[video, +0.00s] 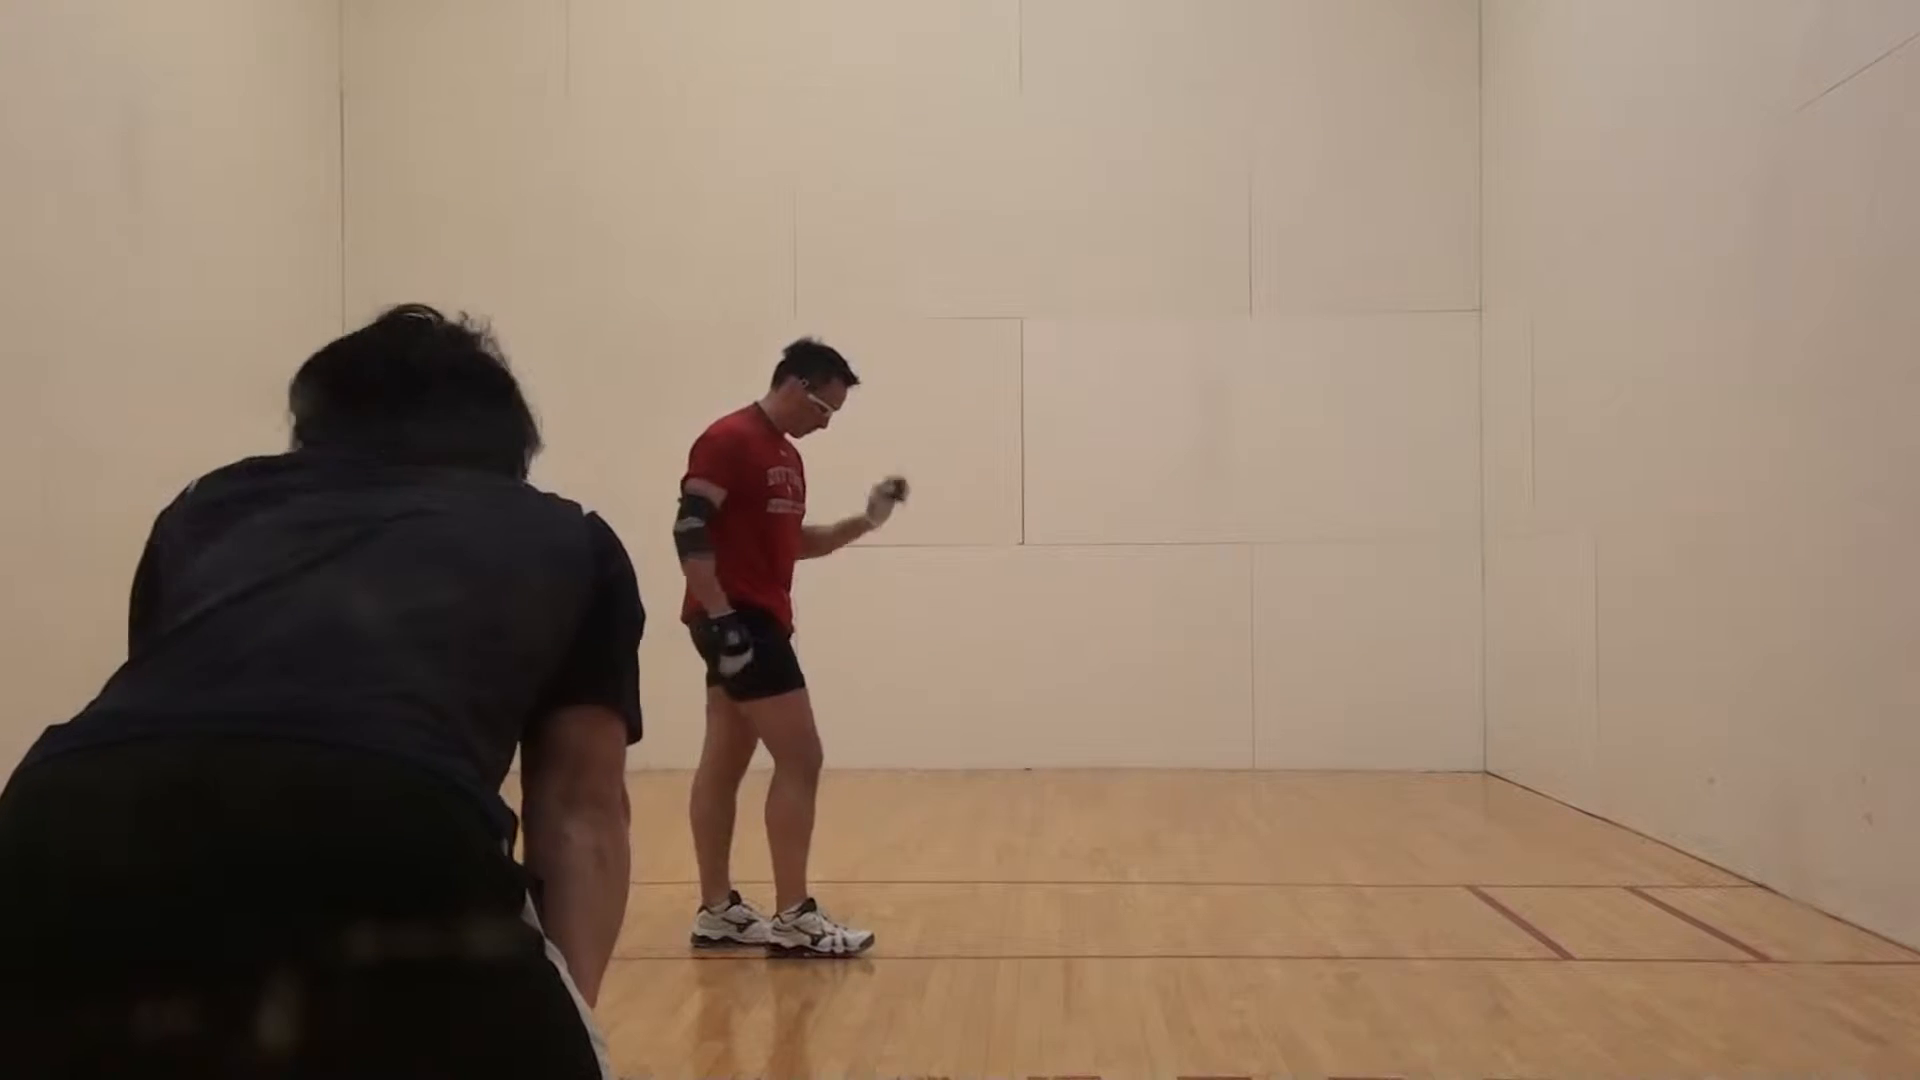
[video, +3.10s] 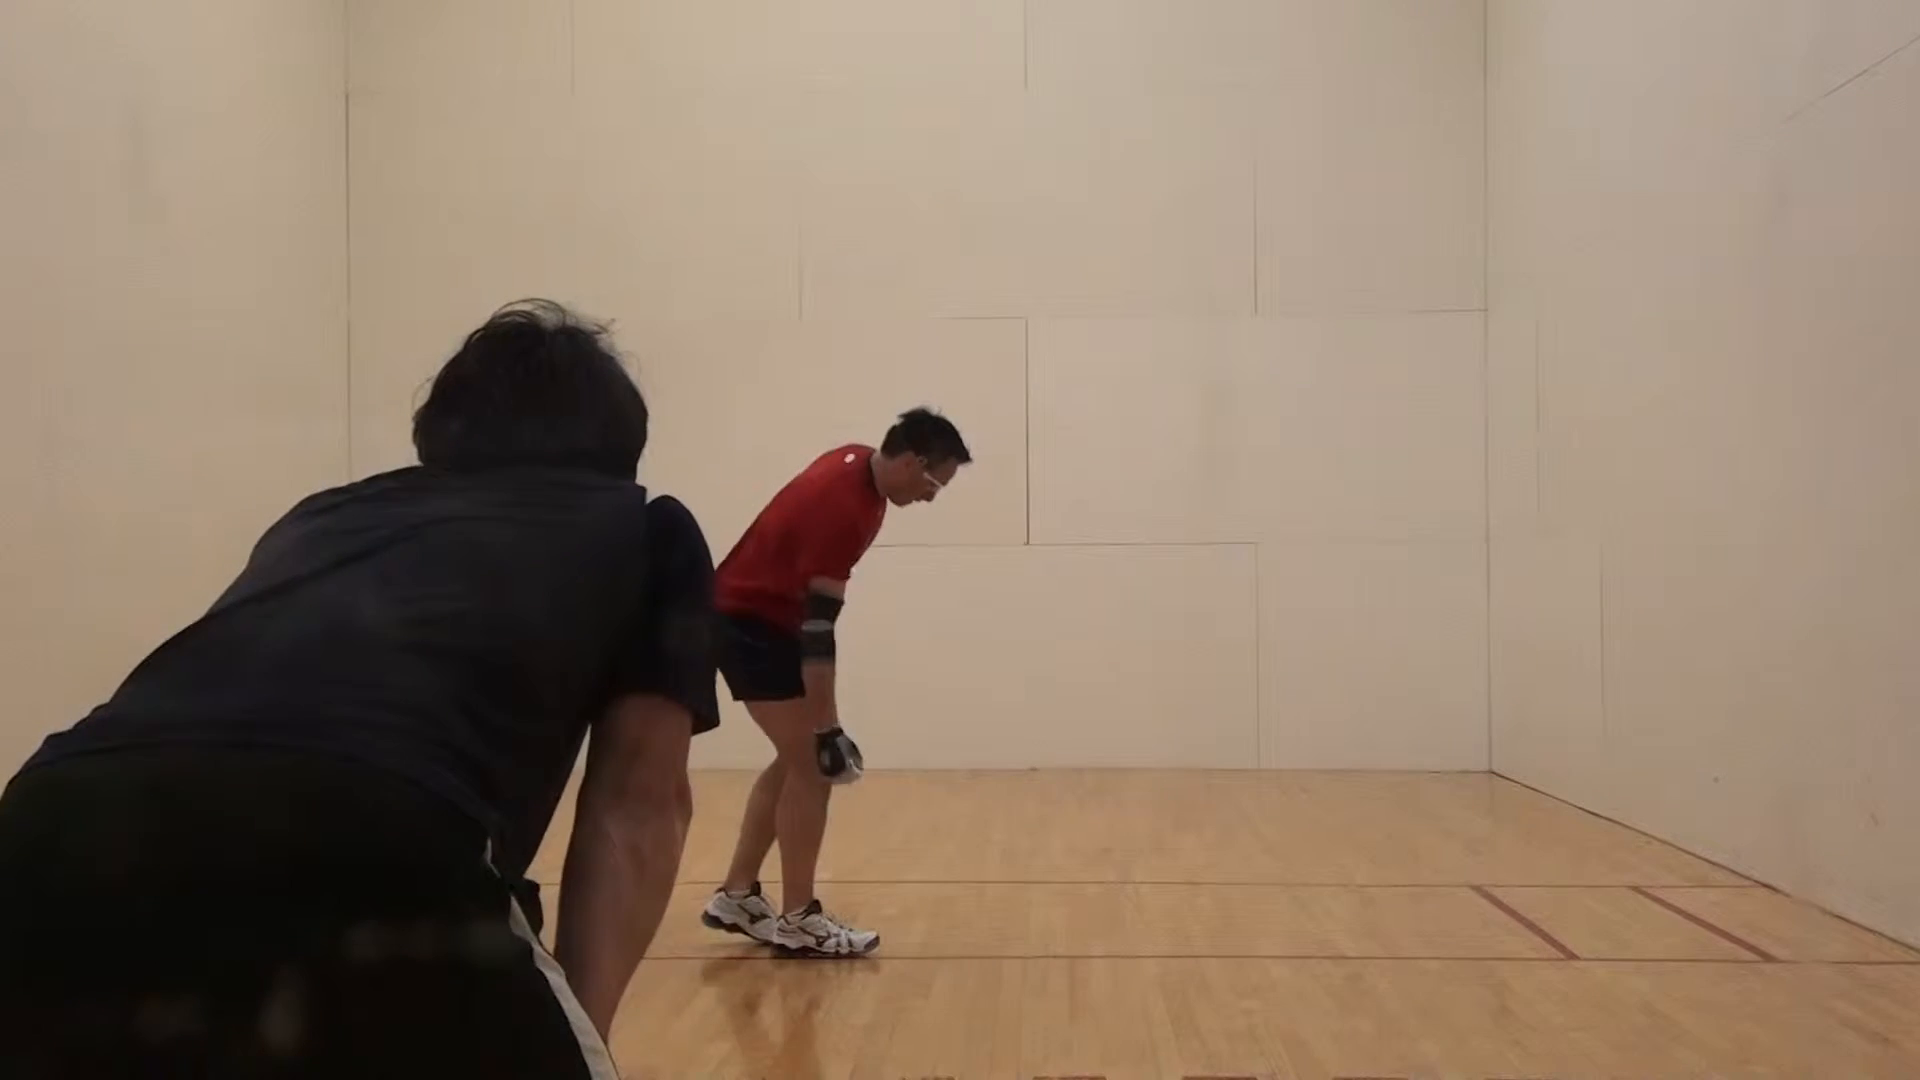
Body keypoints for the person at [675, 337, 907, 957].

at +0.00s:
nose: (826, 420)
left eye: (832, 411)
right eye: (824, 405)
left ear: (805, 395)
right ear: (791, 385)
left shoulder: (785, 452)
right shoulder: (729, 439)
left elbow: (788, 543)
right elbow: (690, 533)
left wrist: (863, 522)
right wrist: (723, 620)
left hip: (750, 622)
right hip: (741, 624)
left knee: (723, 762)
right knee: (800, 758)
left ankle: (717, 909)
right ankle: (793, 914)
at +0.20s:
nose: (824, 414)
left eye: (829, 404)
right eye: (821, 401)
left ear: (799, 390)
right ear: (787, 382)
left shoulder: (784, 449)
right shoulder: (728, 436)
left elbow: (791, 538)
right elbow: (697, 531)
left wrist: (835, 606)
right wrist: (762, 601)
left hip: (758, 618)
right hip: (740, 621)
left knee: (726, 763)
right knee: (796, 759)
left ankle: (717, 908)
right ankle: (793, 914)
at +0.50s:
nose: (828, 417)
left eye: (834, 407)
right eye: (828, 403)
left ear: (802, 389)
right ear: (794, 384)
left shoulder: (771, 440)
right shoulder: (744, 440)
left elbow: (761, 539)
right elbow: (742, 538)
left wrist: (810, 564)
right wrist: (823, 560)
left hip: (744, 618)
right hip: (745, 621)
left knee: (727, 761)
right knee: (797, 761)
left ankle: (718, 908)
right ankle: (794, 915)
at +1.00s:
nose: (829, 418)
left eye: (835, 408)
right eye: (829, 404)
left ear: (799, 388)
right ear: (799, 386)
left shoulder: (755, 437)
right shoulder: (754, 445)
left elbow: (756, 551)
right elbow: (761, 554)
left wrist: (791, 622)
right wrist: (809, 628)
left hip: (735, 618)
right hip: (752, 621)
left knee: (726, 761)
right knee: (802, 760)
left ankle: (718, 908)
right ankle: (795, 913)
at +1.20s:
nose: (829, 418)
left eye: (835, 407)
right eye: (829, 404)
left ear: (802, 389)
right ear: (796, 384)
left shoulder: (770, 441)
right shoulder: (742, 443)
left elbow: (766, 536)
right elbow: (717, 550)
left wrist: (814, 565)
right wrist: (729, 638)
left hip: (748, 625)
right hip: (759, 632)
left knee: (726, 767)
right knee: (805, 760)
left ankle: (719, 908)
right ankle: (795, 913)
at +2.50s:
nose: (893, 436)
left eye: (899, 426)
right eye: (892, 422)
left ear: (865, 405)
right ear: (860, 401)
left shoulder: (836, 451)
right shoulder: (799, 454)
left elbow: (809, 555)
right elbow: (759, 558)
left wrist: (825, 628)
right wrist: (814, 638)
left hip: (777, 617)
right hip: (757, 618)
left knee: (788, 759)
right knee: (811, 760)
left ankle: (729, 900)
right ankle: (797, 914)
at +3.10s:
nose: (931, 494)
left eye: (939, 486)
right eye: (930, 480)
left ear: (903, 457)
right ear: (904, 457)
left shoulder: (856, 466)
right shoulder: (847, 506)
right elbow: (818, 626)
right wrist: (826, 729)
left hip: (746, 614)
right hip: (753, 623)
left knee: (796, 753)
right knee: (811, 757)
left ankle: (736, 894)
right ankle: (798, 914)